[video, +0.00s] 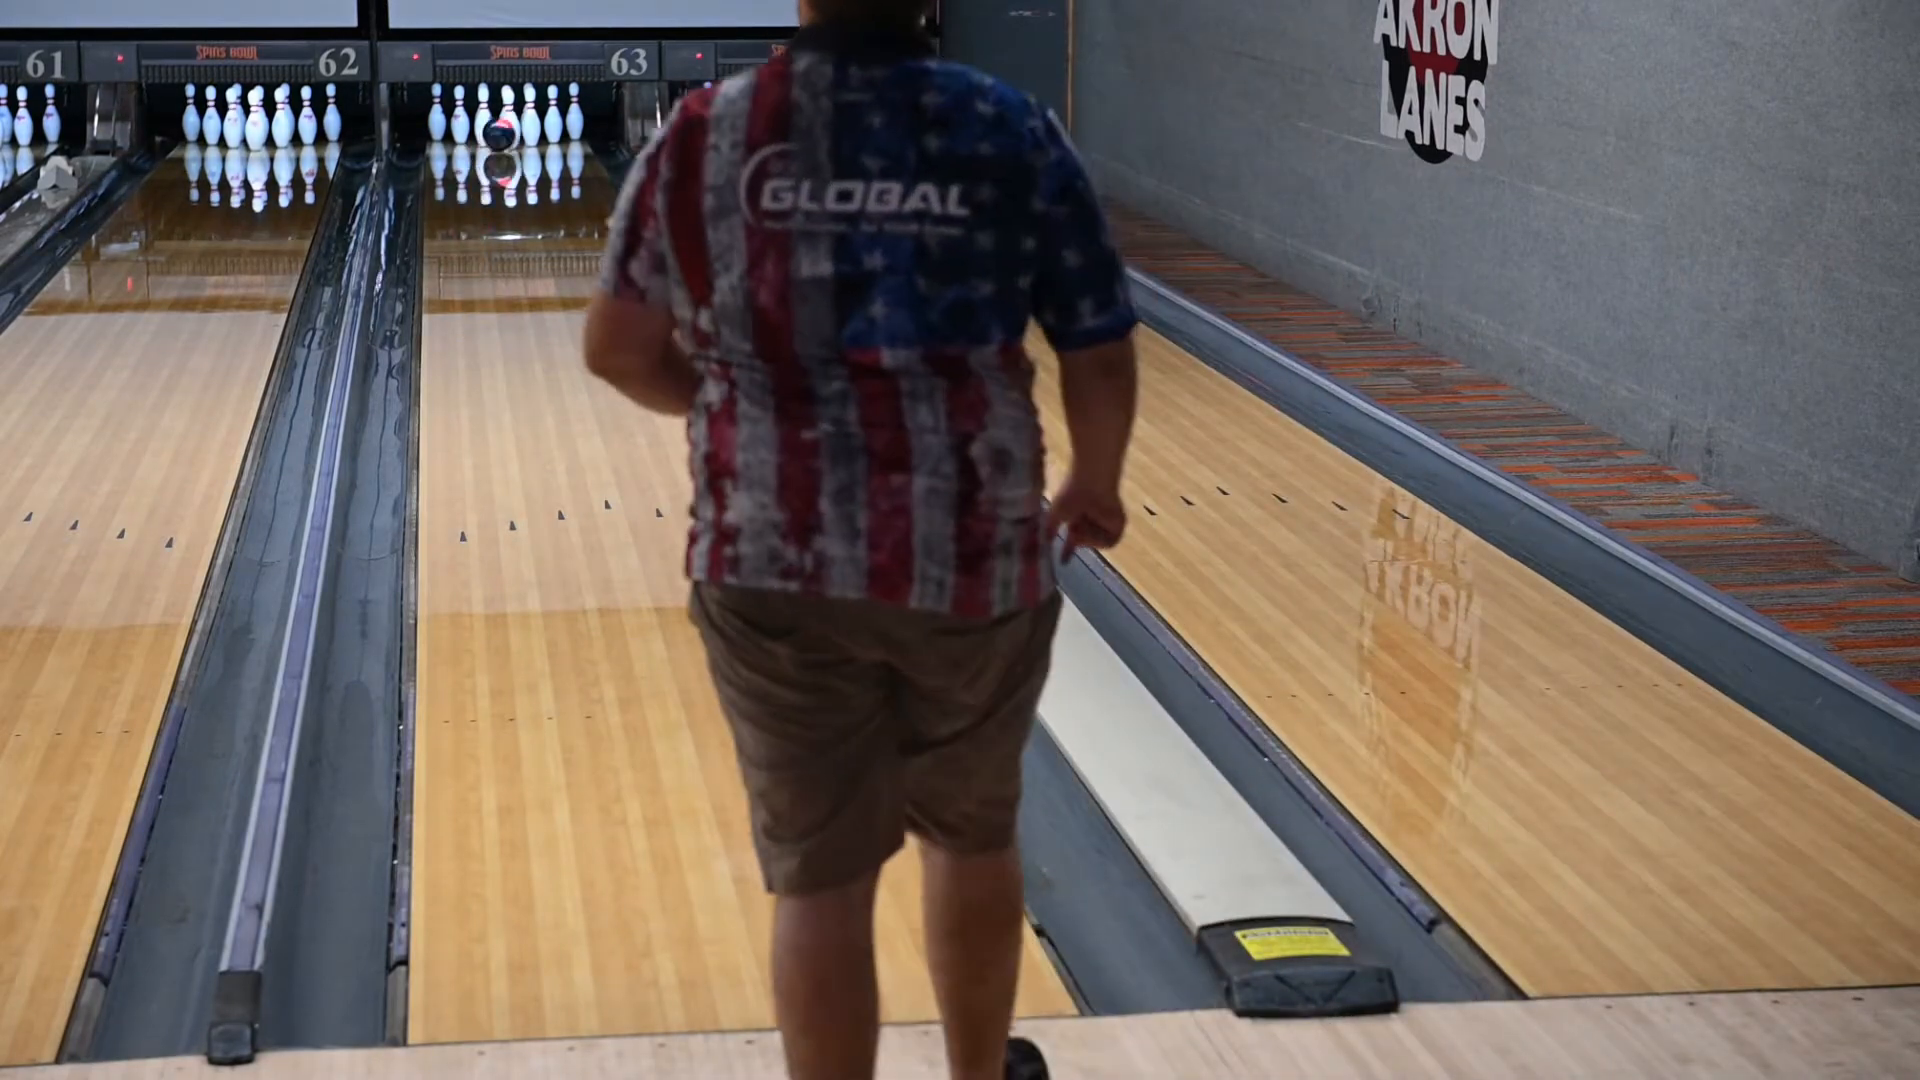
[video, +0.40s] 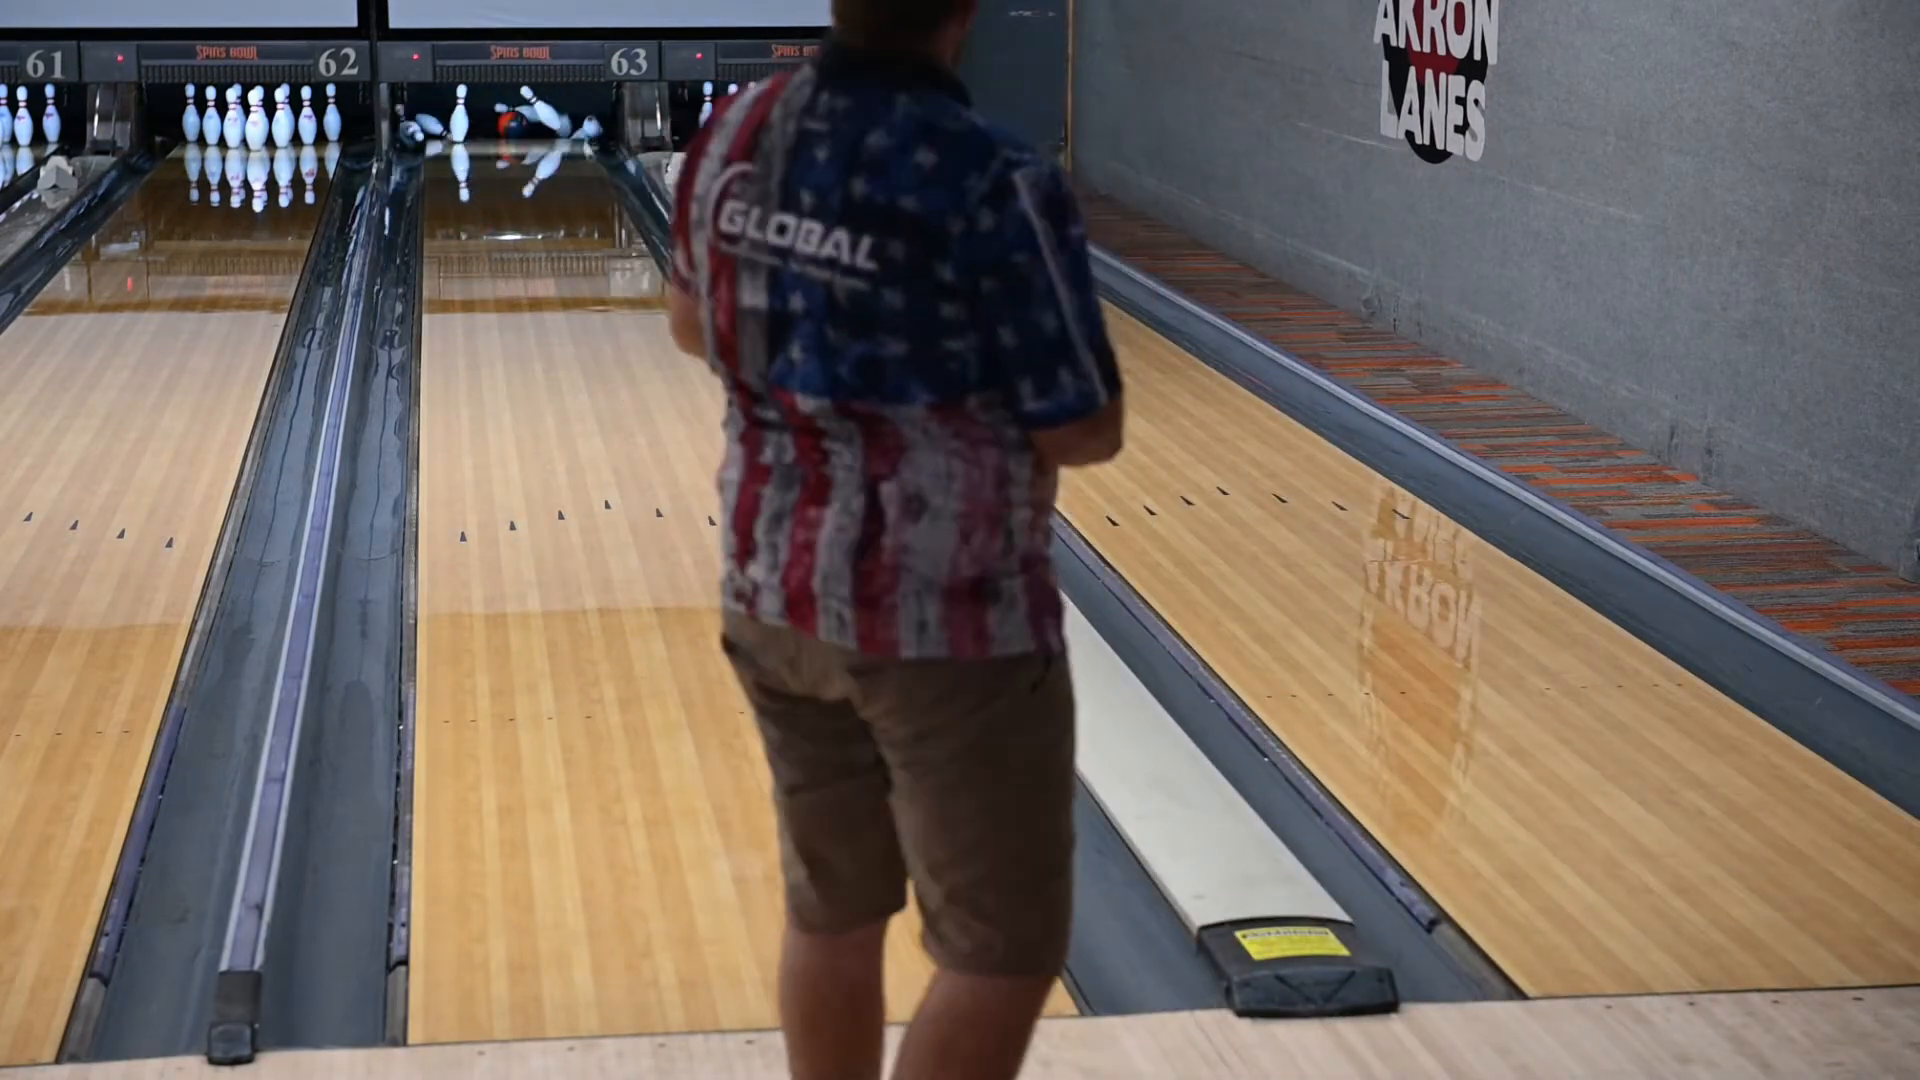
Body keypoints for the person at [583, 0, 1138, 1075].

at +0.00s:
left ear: (801, 1)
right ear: (930, 4)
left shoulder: (704, 129)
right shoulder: (1009, 130)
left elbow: (618, 344)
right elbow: (1100, 344)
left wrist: (724, 396)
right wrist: (1096, 480)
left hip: (770, 550)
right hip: (973, 552)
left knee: (817, 874)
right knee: (973, 833)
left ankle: (828, 1071)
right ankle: (981, 1070)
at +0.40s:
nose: (979, 19)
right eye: (975, 9)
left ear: (836, 1)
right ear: (964, 11)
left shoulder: (735, 131)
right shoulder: (998, 183)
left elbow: (693, 323)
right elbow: (1083, 428)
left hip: (771, 585)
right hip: (948, 612)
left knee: (831, 911)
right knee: (998, 949)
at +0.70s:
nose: (1058, 47)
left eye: (1055, 25)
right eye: (1049, 24)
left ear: (923, 30)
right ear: (999, 37)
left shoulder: (862, 158)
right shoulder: (971, 202)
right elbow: (1078, 452)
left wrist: (1108, 381)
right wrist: (1152, 403)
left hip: (895, 648)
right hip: (971, 673)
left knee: (935, 1017)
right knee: (971, 1035)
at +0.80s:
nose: (1098, 25)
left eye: (1091, 7)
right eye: (1077, 7)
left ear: (988, 32)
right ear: (991, 29)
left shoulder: (968, 155)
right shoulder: (949, 181)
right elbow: (1075, 443)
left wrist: (1152, 382)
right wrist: (1180, 399)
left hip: (1045, 672)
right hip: (960, 694)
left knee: (1064, 983)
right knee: (949, 1045)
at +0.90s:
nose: (1128, 21)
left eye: (1118, 2)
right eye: (1096, 4)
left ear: (1008, 32)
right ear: (997, 26)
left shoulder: (1038, 151)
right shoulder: (947, 180)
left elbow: (1111, 353)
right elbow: (1061, 449)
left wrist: (1195, 379)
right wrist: (1203, 415)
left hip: (1105, 691)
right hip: (962, 721)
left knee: (1137, 1023)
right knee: (920, 1057)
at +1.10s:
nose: (1184, 38)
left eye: (1182, 8)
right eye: (1139, 17)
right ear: (1039, 46)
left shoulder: (1195, 183)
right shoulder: (969, 214)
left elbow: (1240, 383)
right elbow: (1019, 493)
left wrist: (1305, 414)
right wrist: (1256, 483)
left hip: (1202, 753)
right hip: (1003, 774)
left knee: (1206, 1063)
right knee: (951, 1063)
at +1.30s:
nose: (1278, 43)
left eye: (1280, 9)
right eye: (1225, 25)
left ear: (1306, 10)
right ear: (1131, 52)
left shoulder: (1342, 203)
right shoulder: (1046, 232)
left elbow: (1492, 376)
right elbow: (993, 501)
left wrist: (1459, 408)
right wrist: (1246, 613)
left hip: (1331, 790)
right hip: (1101, 814)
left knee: (1334, 1064)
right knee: (1086, 1065)